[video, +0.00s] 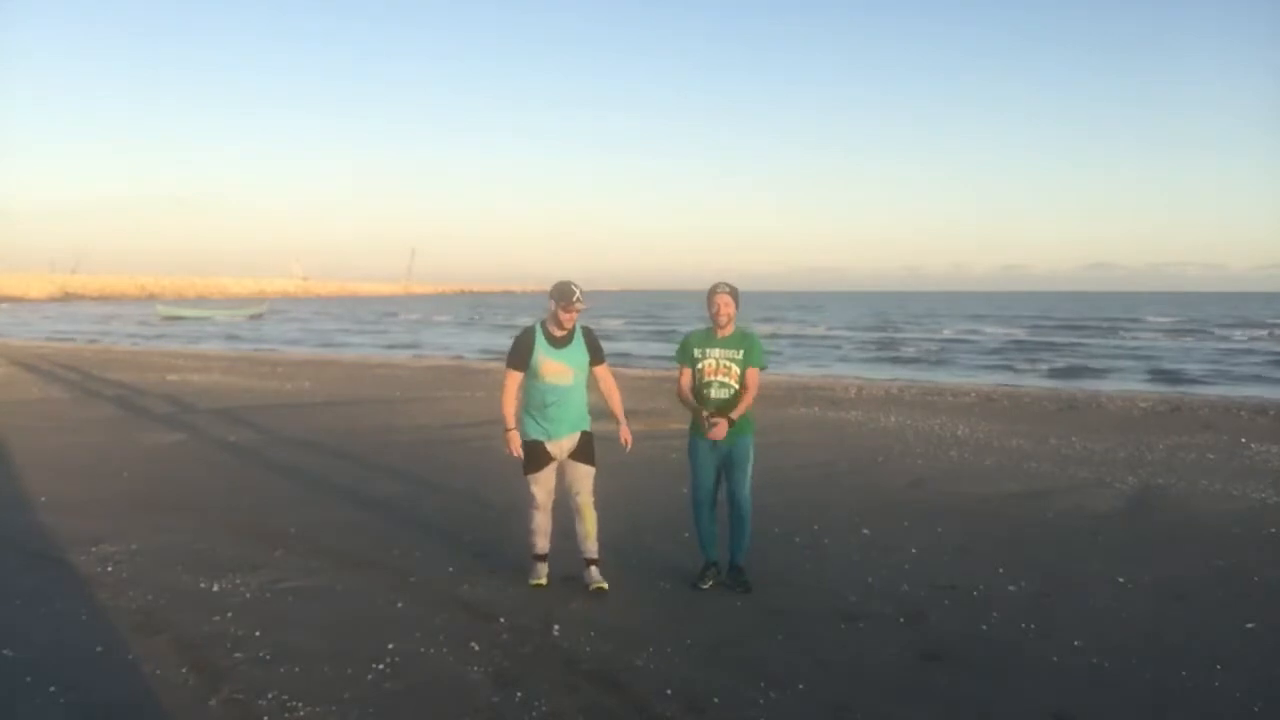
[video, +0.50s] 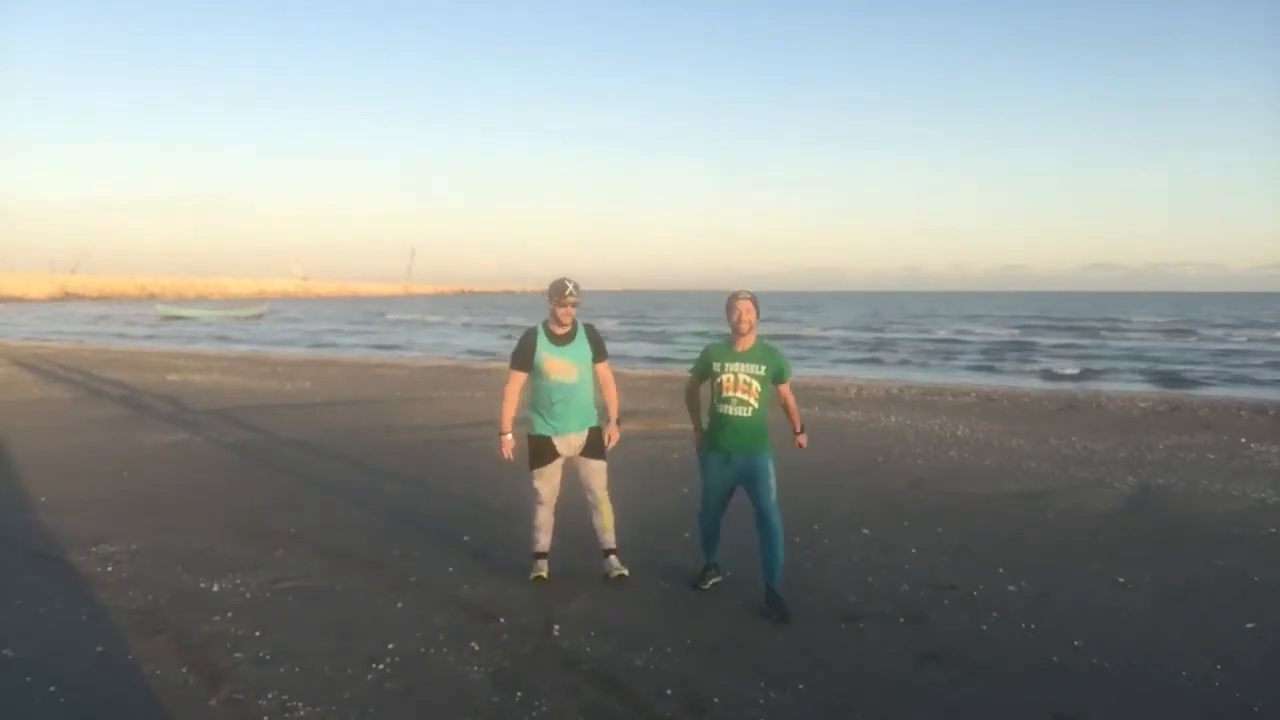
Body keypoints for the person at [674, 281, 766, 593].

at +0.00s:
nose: (720, 310)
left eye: (726, 305)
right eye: (715, 305)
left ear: (735, 308)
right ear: (709, 309)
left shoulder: (749, 343)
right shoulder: (693, 341)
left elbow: (751, 389)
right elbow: (683, 387)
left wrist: (728, 419)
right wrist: (700, 413)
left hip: (738, 430)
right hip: (702, 430)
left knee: (739, 498)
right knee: (703, 498)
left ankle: (737, 565)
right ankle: (711, 563)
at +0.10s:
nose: (721, 314)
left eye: (727, 308)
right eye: (716, 308)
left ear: (736, 312)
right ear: (709, 312)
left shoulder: (749, 346)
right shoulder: (693, 345)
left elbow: (757, 397)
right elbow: (679, 391)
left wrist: (754, 440)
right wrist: (686, 427)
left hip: (739, 440)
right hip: (703, 441)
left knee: (744, 505)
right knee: (703, 505)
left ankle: (744, 571)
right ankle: (711, 565)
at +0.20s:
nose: (723, 314)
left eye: (729, 309)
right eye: (718, 309)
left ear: (739, 313)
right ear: (711, 314)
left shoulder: (752, 350)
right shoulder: (695, 348)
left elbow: (771, 402)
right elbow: (679, 391)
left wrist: (779, 449)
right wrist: (681, 432)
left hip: (742, 441)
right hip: (703, 441)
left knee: (751, 508)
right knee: (703, 507)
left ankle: (756, 572)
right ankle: (709, 566)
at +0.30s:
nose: (729, 316)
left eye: (735, 311)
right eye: (724, 310)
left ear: (745, 315)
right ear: (716, 315)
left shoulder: (758, 354)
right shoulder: (700, 349)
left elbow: (778, 398)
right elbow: (683, 384)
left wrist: (794, 441)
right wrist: (685, 427)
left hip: (745, 442)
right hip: (706, 442)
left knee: (757, 505)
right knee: (704, 505)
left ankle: (766, 575)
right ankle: (710, 565)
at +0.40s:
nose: (733, 317)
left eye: (739, 312)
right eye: (728, 311)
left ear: (749, 317)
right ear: (719, 316)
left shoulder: (763, 357)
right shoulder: (704, 351)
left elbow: (782, 397)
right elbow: (686, 387)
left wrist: (798, 433)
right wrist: (691, 424)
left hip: (748, 446)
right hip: (708, 444)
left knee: (761, 511)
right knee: (704, 510)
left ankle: (770, 583)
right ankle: (711, 566)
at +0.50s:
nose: (741, 316)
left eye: (747, 311)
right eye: (736, 311)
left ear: (756, 317)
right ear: (728, 317)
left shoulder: (771, 357)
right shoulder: (713, 353)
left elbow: (786, 397)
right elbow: (692, 389)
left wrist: (797, 428)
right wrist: (698, 429)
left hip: (756, 449)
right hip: (717, 447)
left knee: (769, 516)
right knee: (710, 513)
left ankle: (773, 589)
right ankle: (711, 565)